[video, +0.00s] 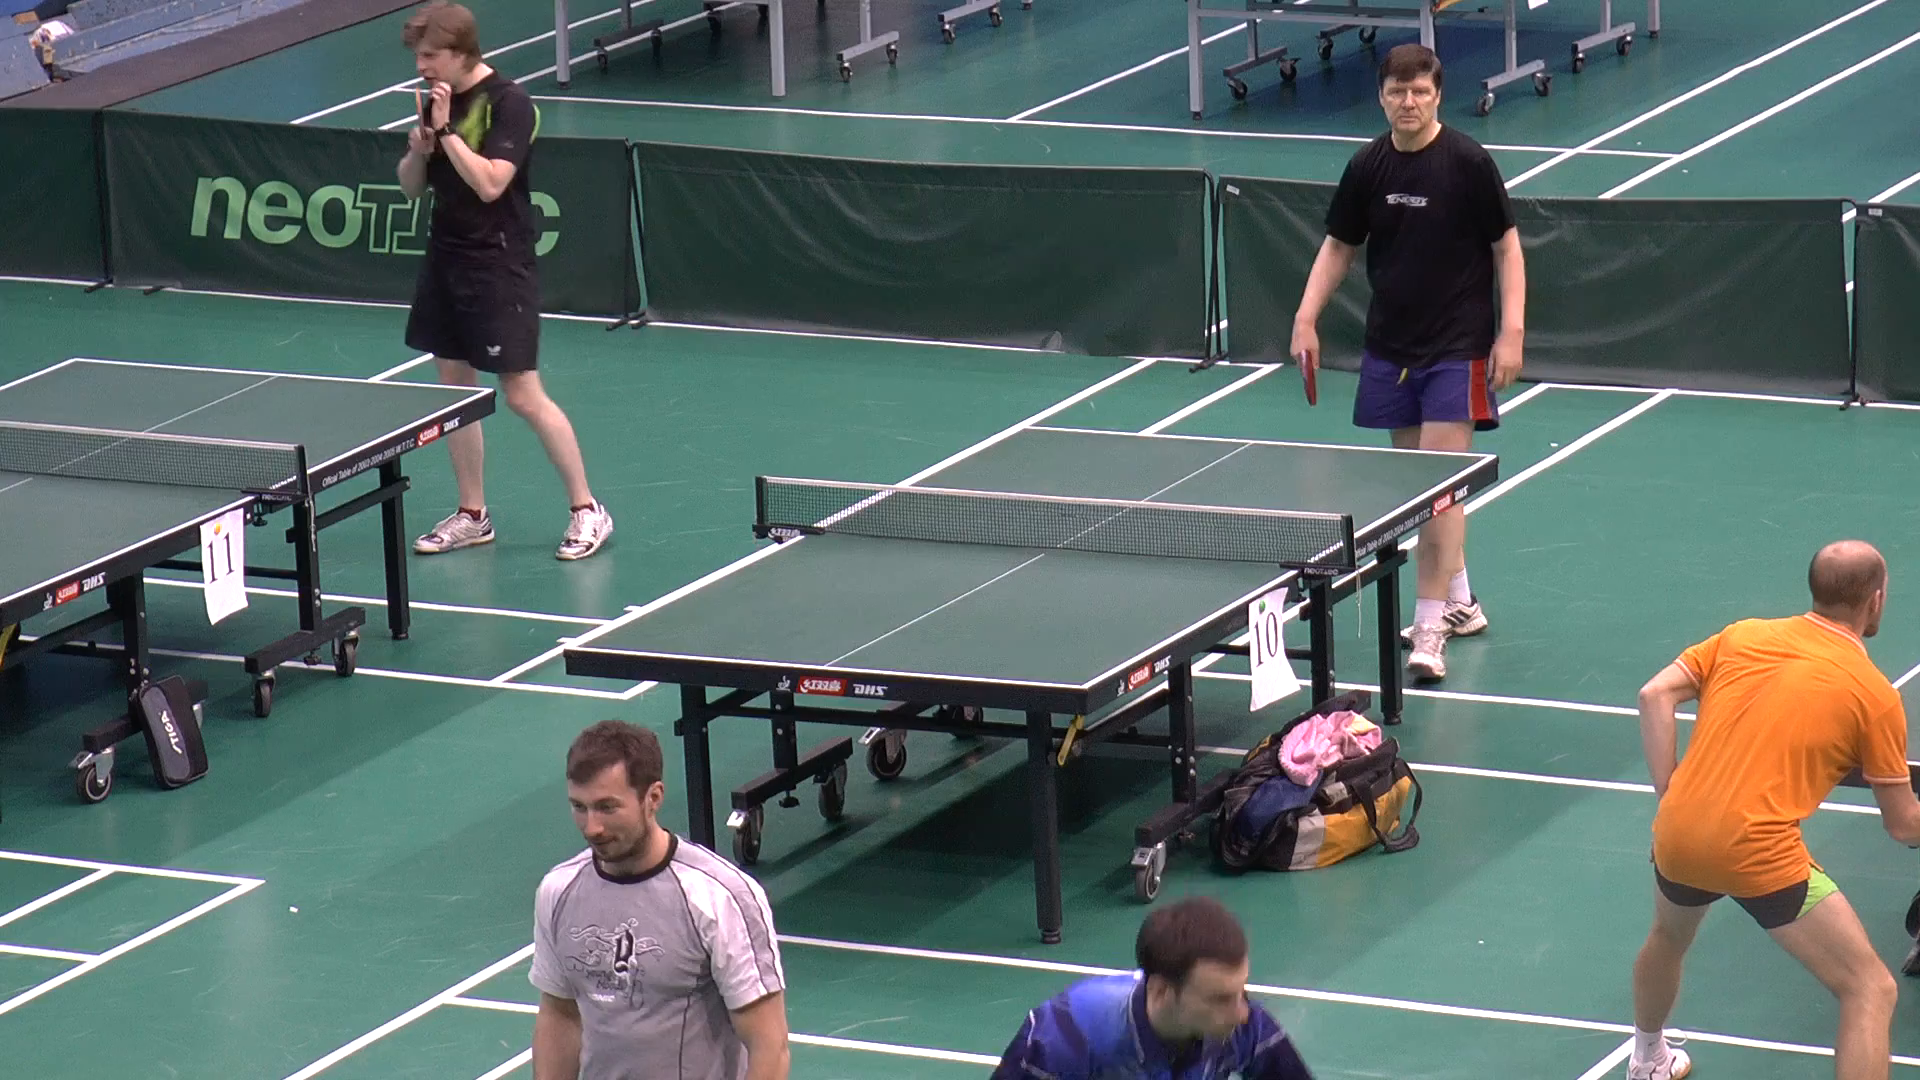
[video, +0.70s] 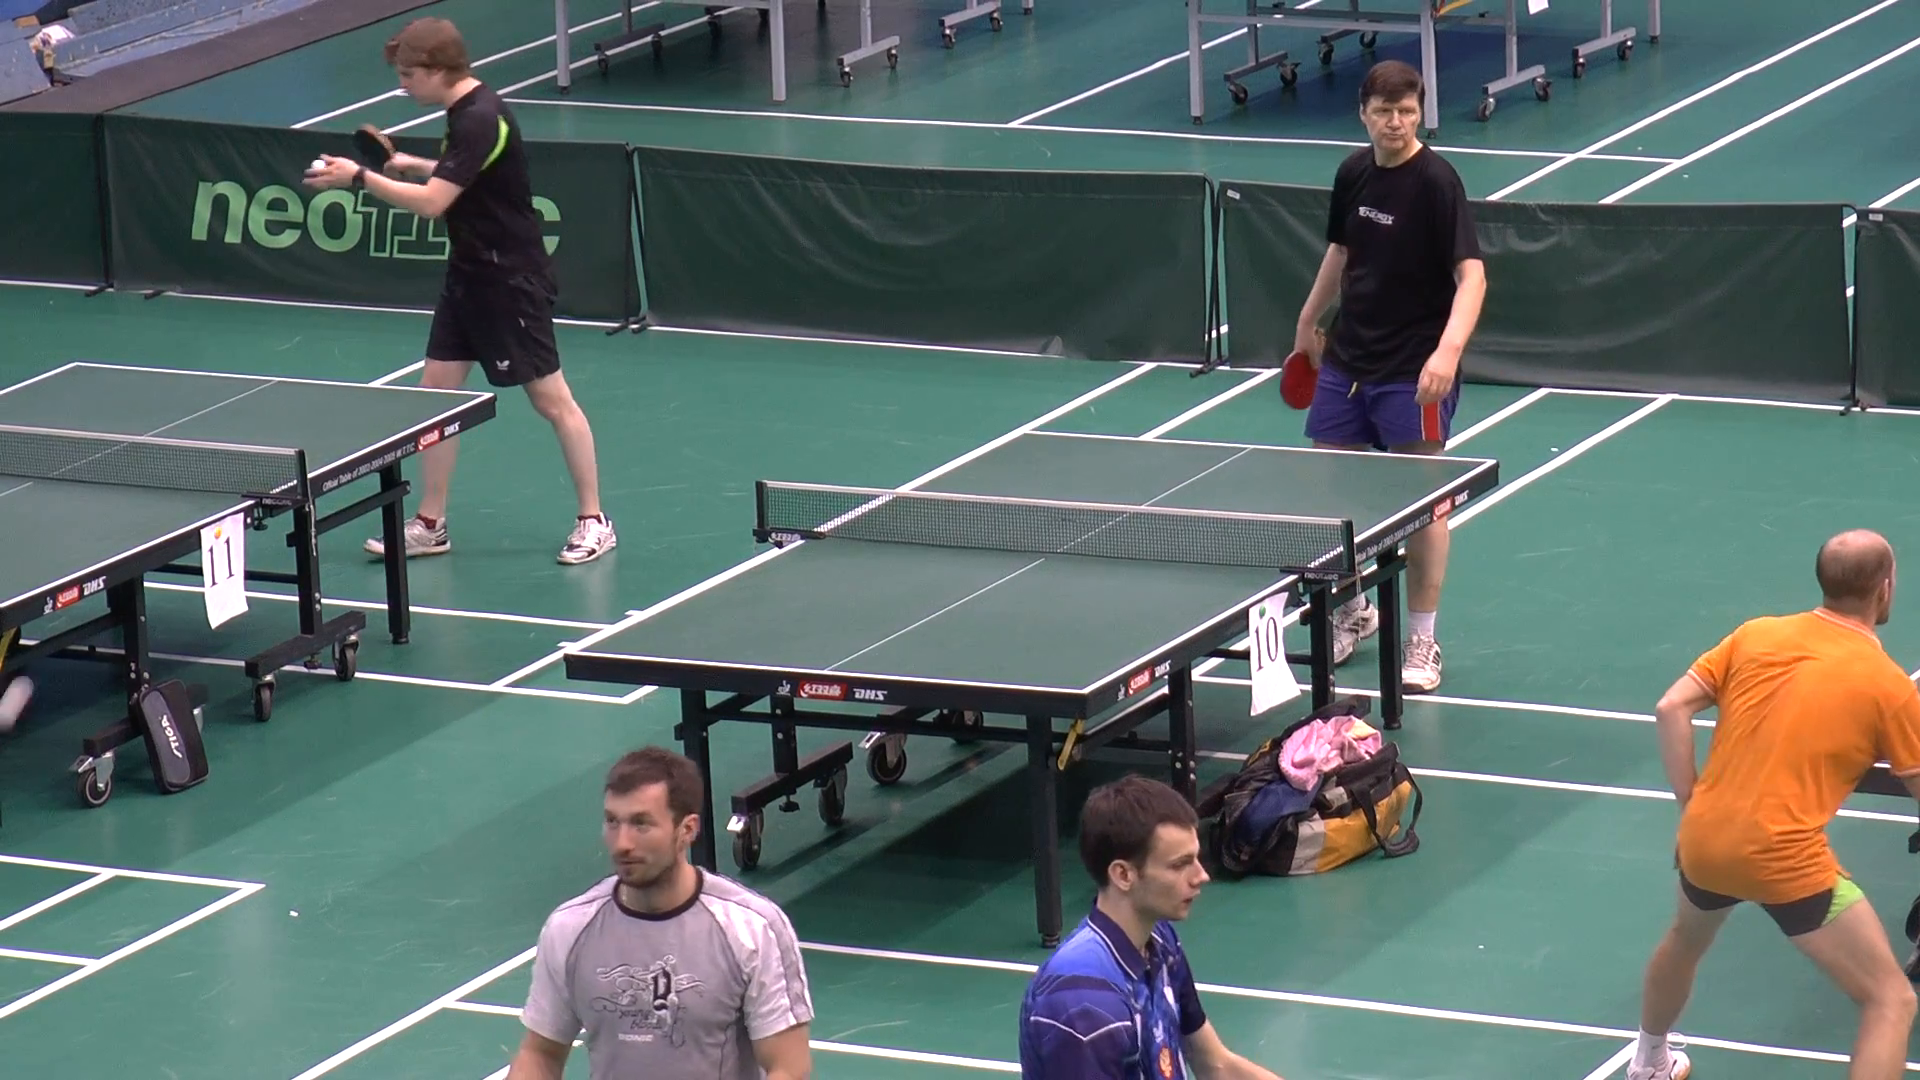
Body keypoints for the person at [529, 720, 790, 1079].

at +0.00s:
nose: (591, 828)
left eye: (608, 807)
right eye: (579, 807)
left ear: (652, 798)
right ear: (570, 799)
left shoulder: (726, 898)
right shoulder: (558, 893)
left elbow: (770, 1049)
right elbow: (559, 1015)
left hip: (704, 1072)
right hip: (602, 1073)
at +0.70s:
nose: (621, 842)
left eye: (641, 823)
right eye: (612, 822)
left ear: (687, 830)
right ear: (603, 824)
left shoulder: (756, 929)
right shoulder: (568, 931)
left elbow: (787, 1065)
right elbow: (540, 1053)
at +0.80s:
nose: (651, 829)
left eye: (672, 812)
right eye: (644, 811)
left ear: (717, 826)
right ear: (634, 817)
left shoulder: (780, 930)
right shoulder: (593, 930)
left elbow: (801, 1065)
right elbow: (560, 1054)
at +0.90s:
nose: (684, 824)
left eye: (706, 807)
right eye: (676, 807)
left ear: (750, 825)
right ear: (666, 816)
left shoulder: (806, 927)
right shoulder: (627, 930)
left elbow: (809, 1063)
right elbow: (592, 1054)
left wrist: (673, 1048)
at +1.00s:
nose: (712, 817)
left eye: (734, 801)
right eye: (704, 802)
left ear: (777, 822)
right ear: (693, 814)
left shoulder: (830, 919)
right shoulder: (660, 925)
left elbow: (819, 1049)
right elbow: (631, 1058)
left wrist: (694, 997)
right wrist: (580, 1078)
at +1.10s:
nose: (735, 813)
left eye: (757, 797)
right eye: (727, 797)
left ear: (800, 818)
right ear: (717, 808)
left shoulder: (851, 915)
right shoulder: (684, 922)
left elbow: (829, 1029)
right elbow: (663, 1057)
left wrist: (716, 955)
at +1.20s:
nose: (755, 810)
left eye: (777, 793)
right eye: (745, 794)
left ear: (817, 815)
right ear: (733, 810)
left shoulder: (866, 913)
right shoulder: (693, 922)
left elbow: (833, 1017)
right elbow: (673, 1054)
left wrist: (731, 923)